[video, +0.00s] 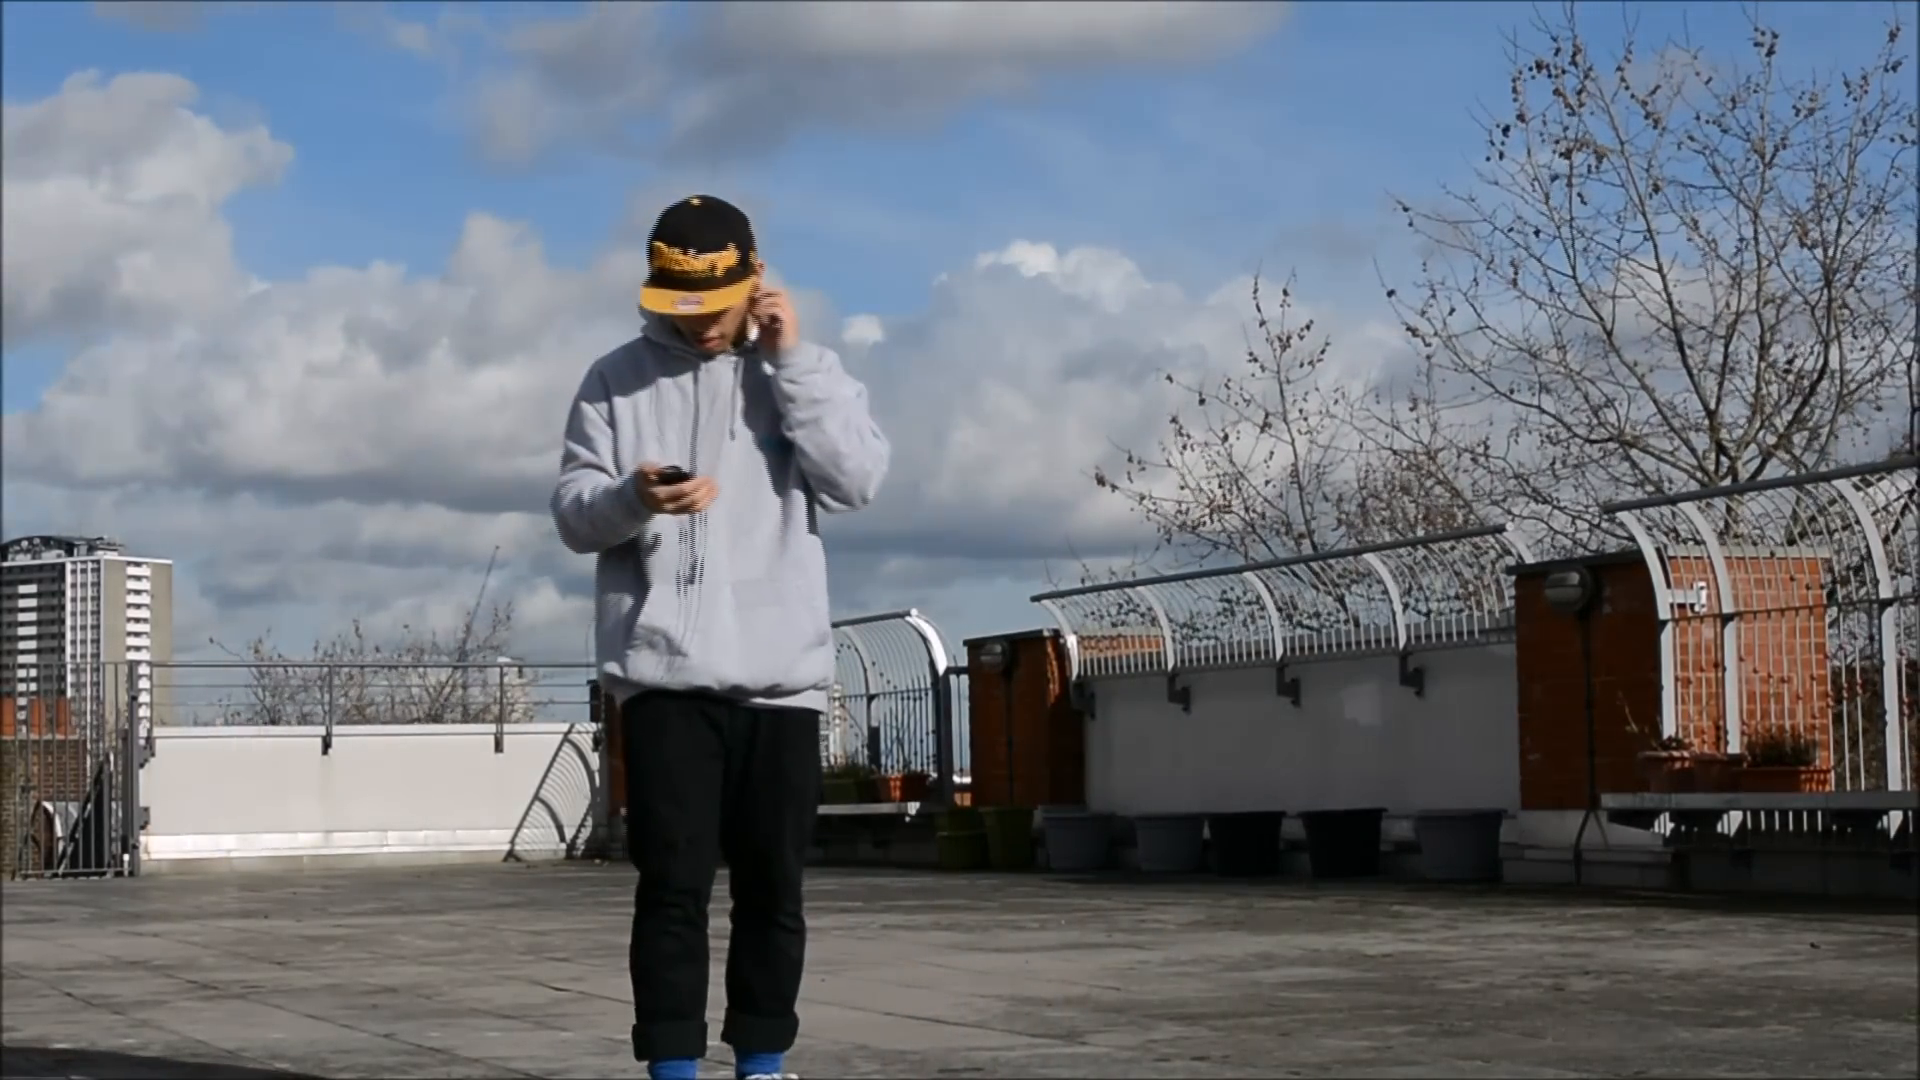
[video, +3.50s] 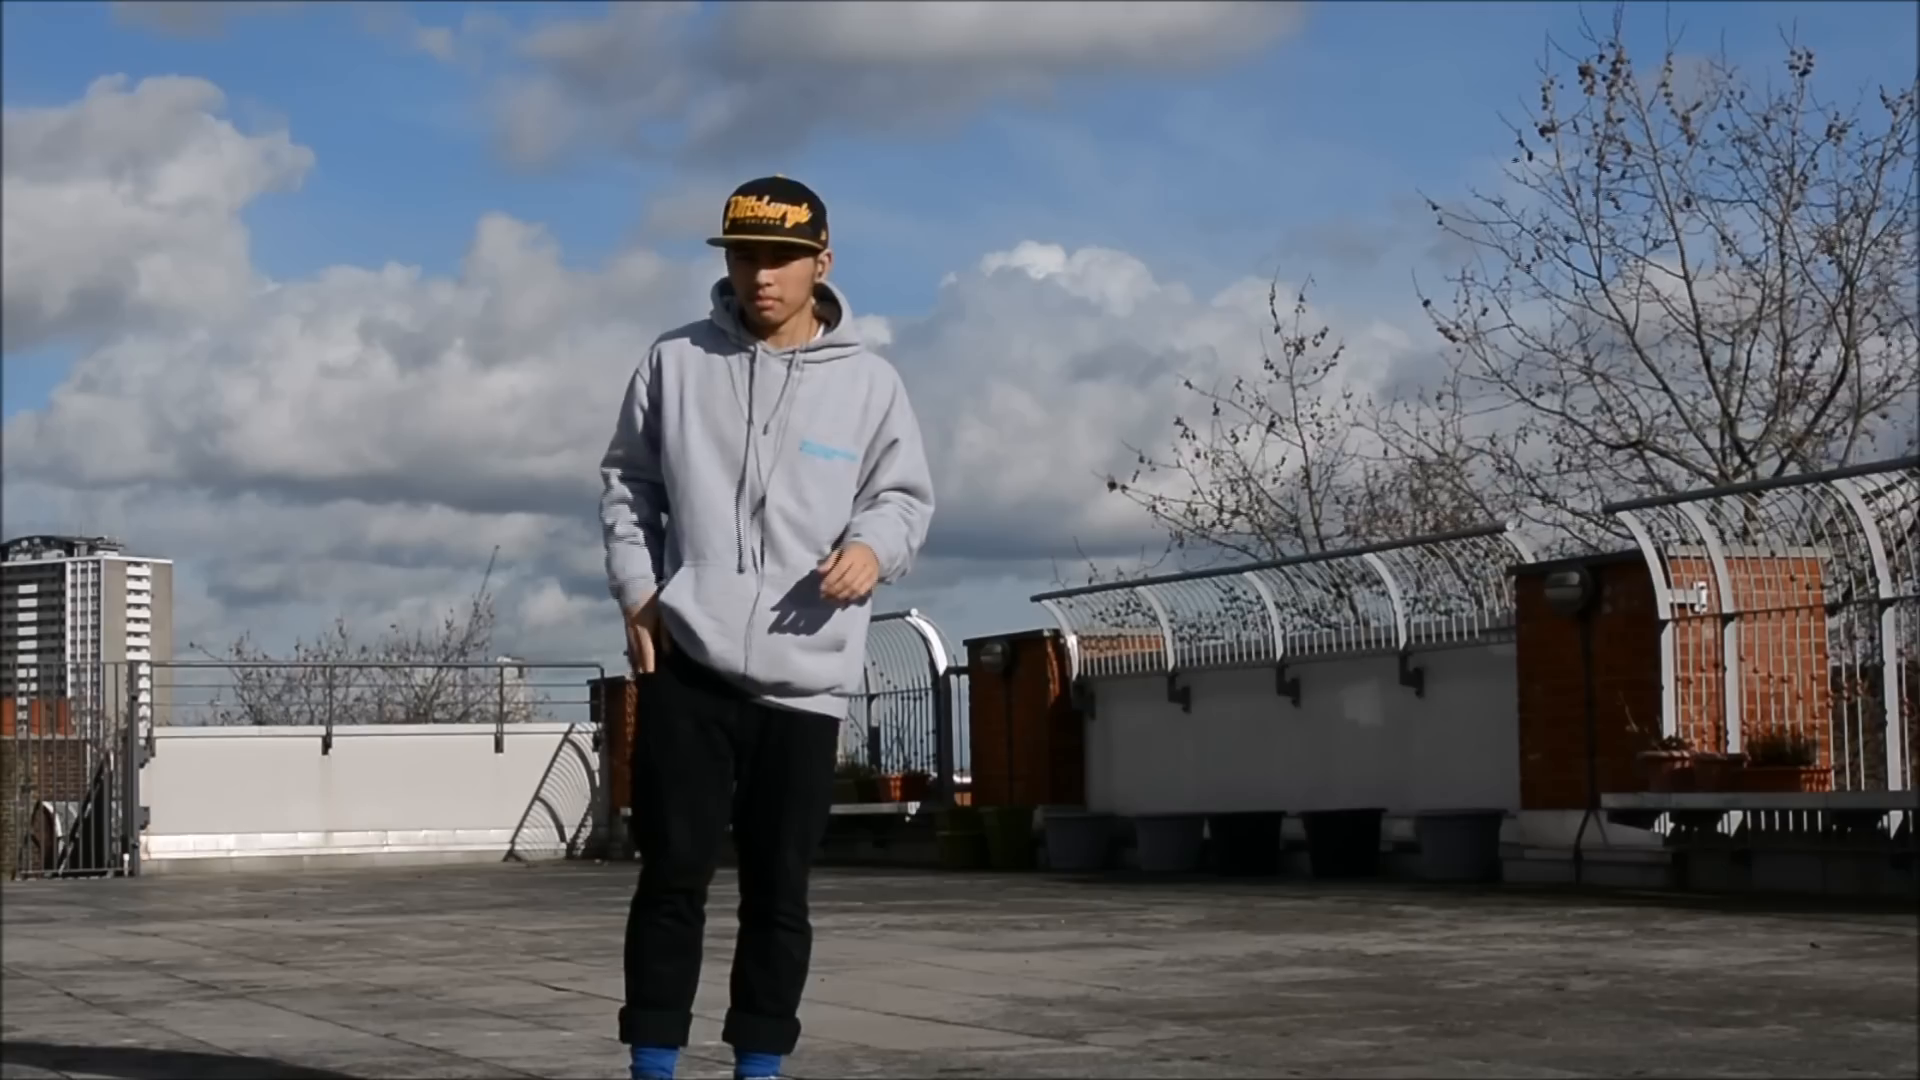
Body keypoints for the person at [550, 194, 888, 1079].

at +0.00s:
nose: (696, 329)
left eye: (712, 311)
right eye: (677, 314)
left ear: (751, 285)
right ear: (652, 291)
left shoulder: (797, 370)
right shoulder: (616, 378)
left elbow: (857, 479)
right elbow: (575, 517)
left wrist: (791, 357)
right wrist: (635, 497)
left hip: (779, 675)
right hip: (662, 676)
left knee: (771, 882)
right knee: (674, 881)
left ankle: (764, 1062)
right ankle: (672, 1064)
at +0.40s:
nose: (742, 327)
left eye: (759, 311)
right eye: (725, 312)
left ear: (793, 290)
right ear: (700, 295)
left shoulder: (848, 383)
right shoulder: (654, 384)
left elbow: (892, 521)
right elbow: (616, 515)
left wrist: (847, 485)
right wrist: (679, 504)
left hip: (803, 676)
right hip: (686, 674)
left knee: (780, 883)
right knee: (680, 875)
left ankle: (763, 1063)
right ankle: (664, 1061)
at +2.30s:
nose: (761, 301)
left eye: (779, 285)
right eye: (746, 283)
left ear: (819, 278)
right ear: (726, 277)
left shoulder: (867, 389)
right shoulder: (665, 376)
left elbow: (908, 505)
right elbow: (595, 489)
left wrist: (857, 546)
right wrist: (596, 609)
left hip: (805, 678)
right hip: (684, 669)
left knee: (779, 883)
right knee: (673, 875)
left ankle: (760, 1062)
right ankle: (654, 1061)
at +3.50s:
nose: (761, 276)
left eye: (782, 258)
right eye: (746, 258)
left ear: (819, 264)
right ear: (727, 263)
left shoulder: (870, 380)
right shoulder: (673, 362)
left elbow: (904, 495)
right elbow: (625, 483)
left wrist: (873, 546)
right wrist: (638, 590)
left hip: (805, 672)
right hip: (686, 659)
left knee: (780, 884)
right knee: (673, 872)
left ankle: (762, 1063)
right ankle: (653, 1062)